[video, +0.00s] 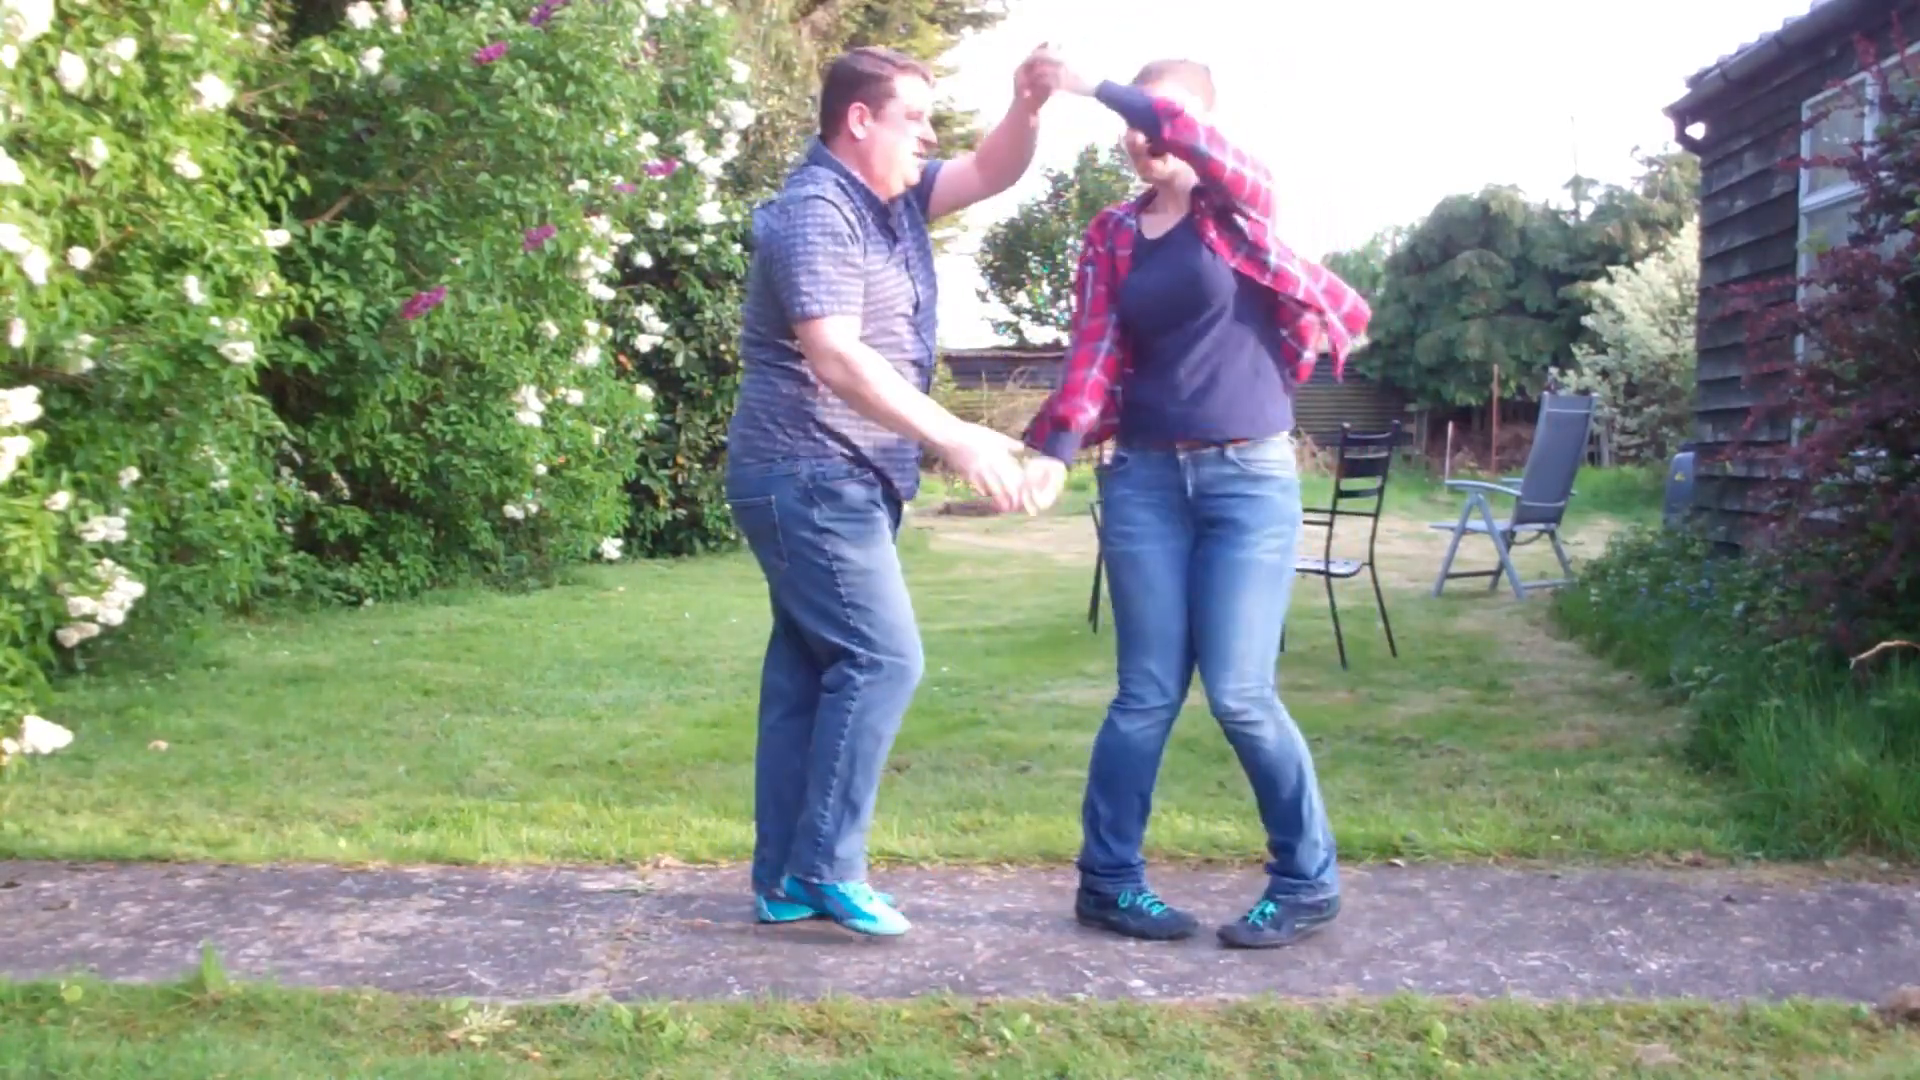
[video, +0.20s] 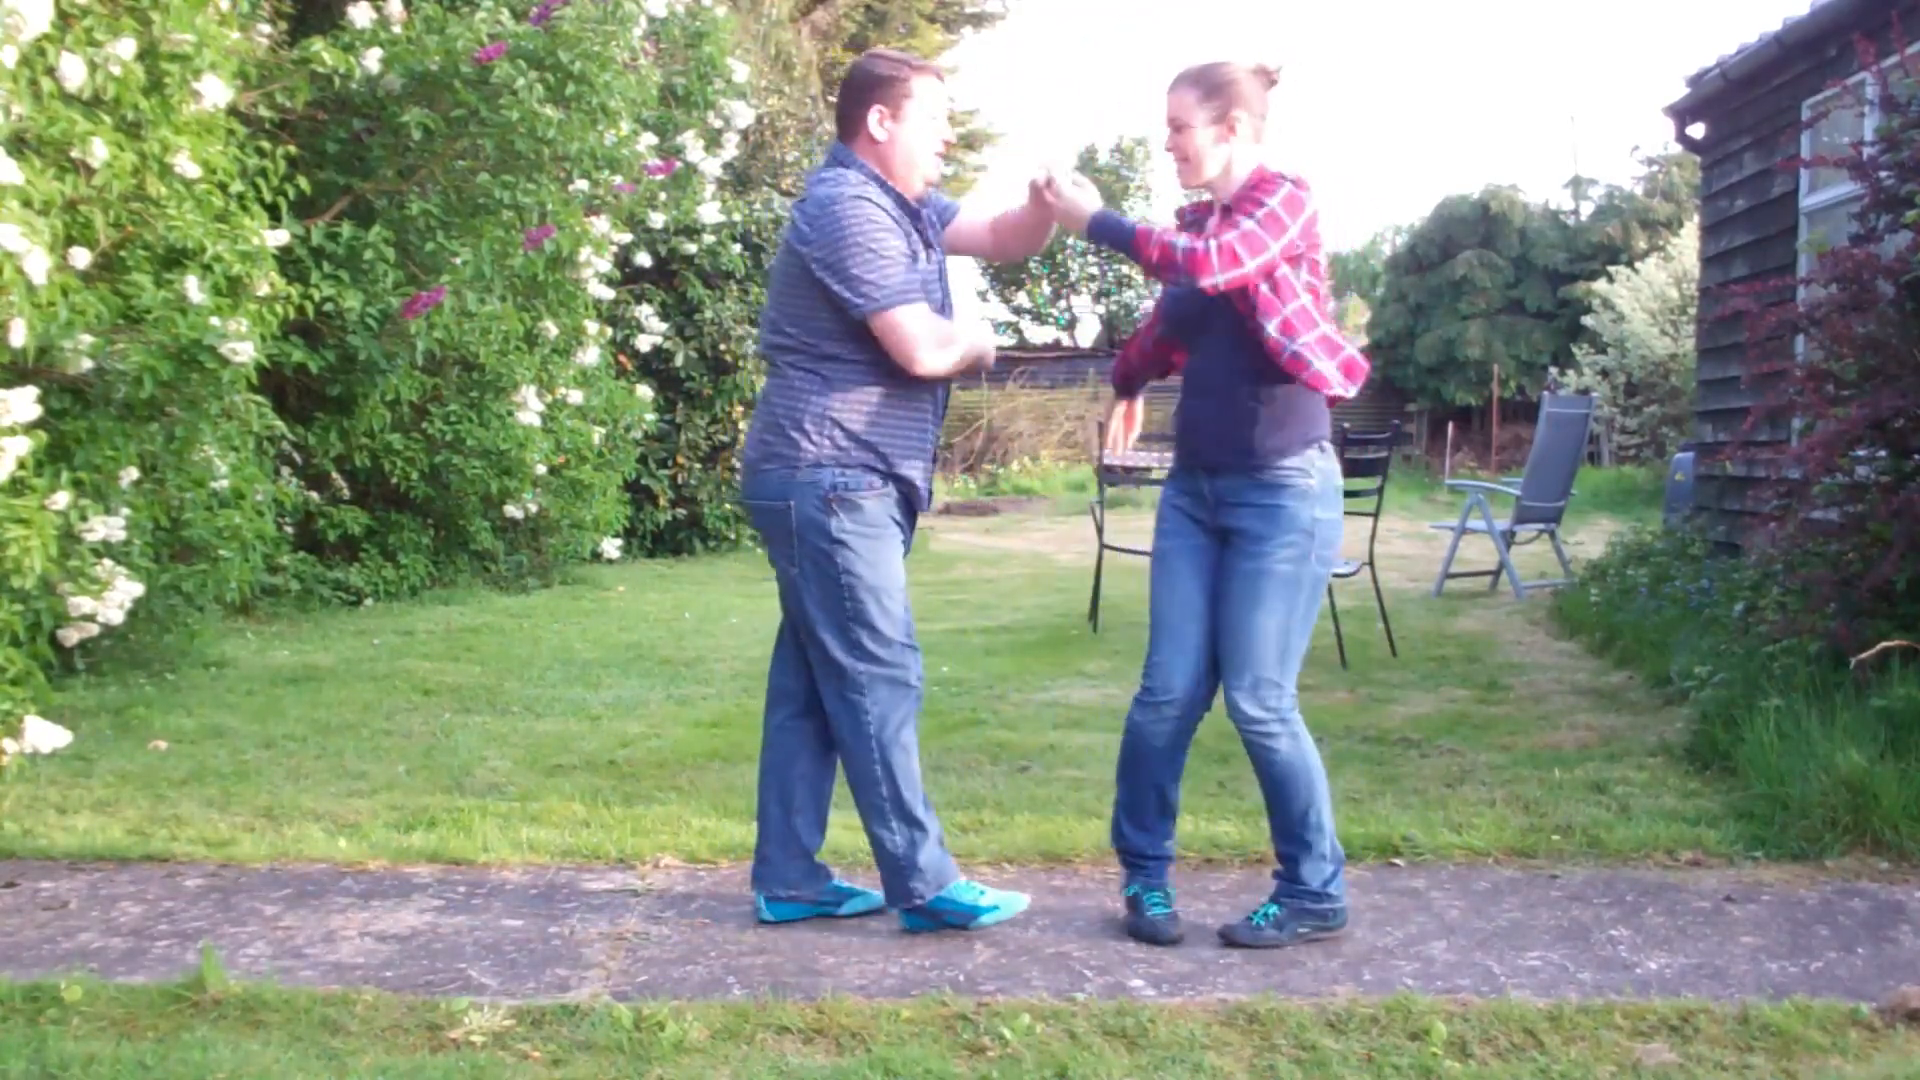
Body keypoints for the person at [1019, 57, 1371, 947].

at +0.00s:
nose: (1149, 137)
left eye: (1165, 122)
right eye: (1140, 121)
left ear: (1205, 128)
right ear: (1125, 135)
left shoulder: (1242, 205)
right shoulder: (1112, 230)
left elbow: (1188, 127)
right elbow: (1092, 352)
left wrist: (1095, 86)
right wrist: (1052, 449)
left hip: (1252, 476)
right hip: (1143, 479)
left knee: (1237, 691)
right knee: (1148, 691)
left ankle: (1308, 881)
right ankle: (1108, 880)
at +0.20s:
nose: (1169, 146)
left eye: (1182, 130)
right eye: (1168, 130)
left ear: (1236, 129)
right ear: (1201, 134)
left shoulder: (1285, 200)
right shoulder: (1193, 229)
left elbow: (1210, 263)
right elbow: (1165, 334)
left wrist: (1095, 220)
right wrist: (1127, 381)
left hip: (1287, 489)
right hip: (1194, 488)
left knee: (1257, 696)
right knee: (1168, 691)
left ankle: (1314, 891)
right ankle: (1144, 877)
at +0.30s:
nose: (1186, 145)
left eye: (1197, 130)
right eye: (1186, 130)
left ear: (1251, 130)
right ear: (1229, 132)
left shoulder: (1291, 209)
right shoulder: (1224, 221)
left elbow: (1216, 309)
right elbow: (1173, 259)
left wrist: (1100, 279)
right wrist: (1120, 255)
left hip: (1298, 488)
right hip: (1221, 489)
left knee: (1258, 695)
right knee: (1180, 684)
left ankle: (1315, 892)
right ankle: (1228, 863)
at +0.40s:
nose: (1200, 149)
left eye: (1210, 131)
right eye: (1198, 134)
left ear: (1263, 130)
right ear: (1258, 132)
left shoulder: (1298, 212)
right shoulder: (1258, 218)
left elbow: (1225, 335)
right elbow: (1219, 187)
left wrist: (1121, 327)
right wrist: (1181, 148)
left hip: (1303, 484)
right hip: (1250, 486)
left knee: (1256, 696)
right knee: (1200, 686)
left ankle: (1312, 894)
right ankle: (1330, 831)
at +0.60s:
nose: (1241, 141)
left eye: (1252, 124)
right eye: (1243, 127)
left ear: (1301, 126)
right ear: (1299, 131)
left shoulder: (1318, 211)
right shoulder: (1309, 204)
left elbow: (1260, 348)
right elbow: (1222, 189)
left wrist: (1153, 377)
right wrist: (1186, 106)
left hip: (1316, 467)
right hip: (1328, 464)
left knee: (1272, 684)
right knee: (1318, 679)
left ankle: (1311, 889)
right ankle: (1432, 828)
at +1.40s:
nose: (1237, 130)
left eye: (1249, 116)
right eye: (1239, 116)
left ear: (1300, 125)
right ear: (1278, 128)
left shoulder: (1347, 225)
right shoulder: (1250, 195)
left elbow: (1350, 354)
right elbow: (1172, 125)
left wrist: (1240, 377)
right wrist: (1098, 41)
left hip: (1335, 473)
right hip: (1268, 477)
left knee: (1344, 677)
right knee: (1227, 662)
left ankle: (1395, 868)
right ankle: (1306, 835)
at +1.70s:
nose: (1192, 137)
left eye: (1202, 122)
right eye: (1194, 123)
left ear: (1248, 125)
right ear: (1240, 125)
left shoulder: (1282, 227)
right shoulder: (1214, 203)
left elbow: (1261, 366)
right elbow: (1141, 159)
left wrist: (1149, 373)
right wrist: (1065, 88)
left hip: (1260, 466)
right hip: (1212, 463)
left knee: (1251, 671)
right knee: (1216, 670)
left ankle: (1363, 839)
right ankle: (1271, 848)